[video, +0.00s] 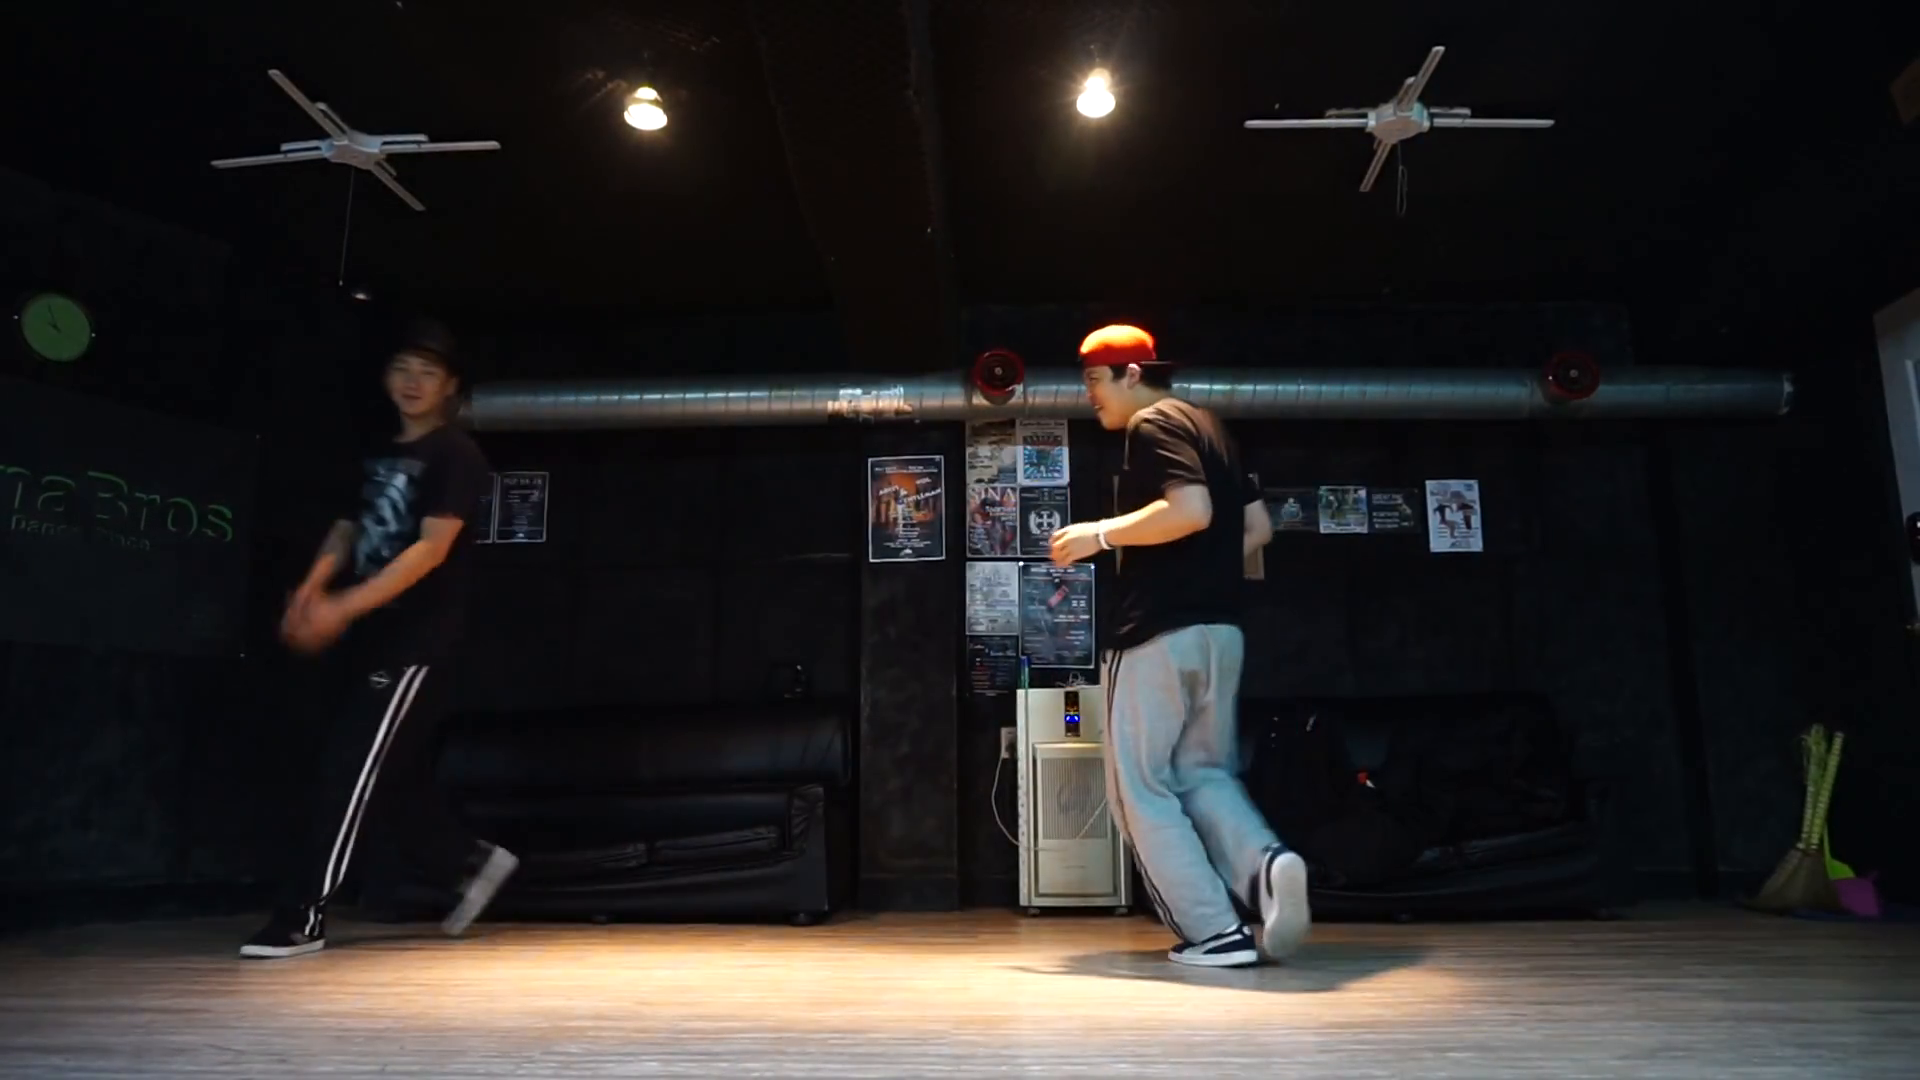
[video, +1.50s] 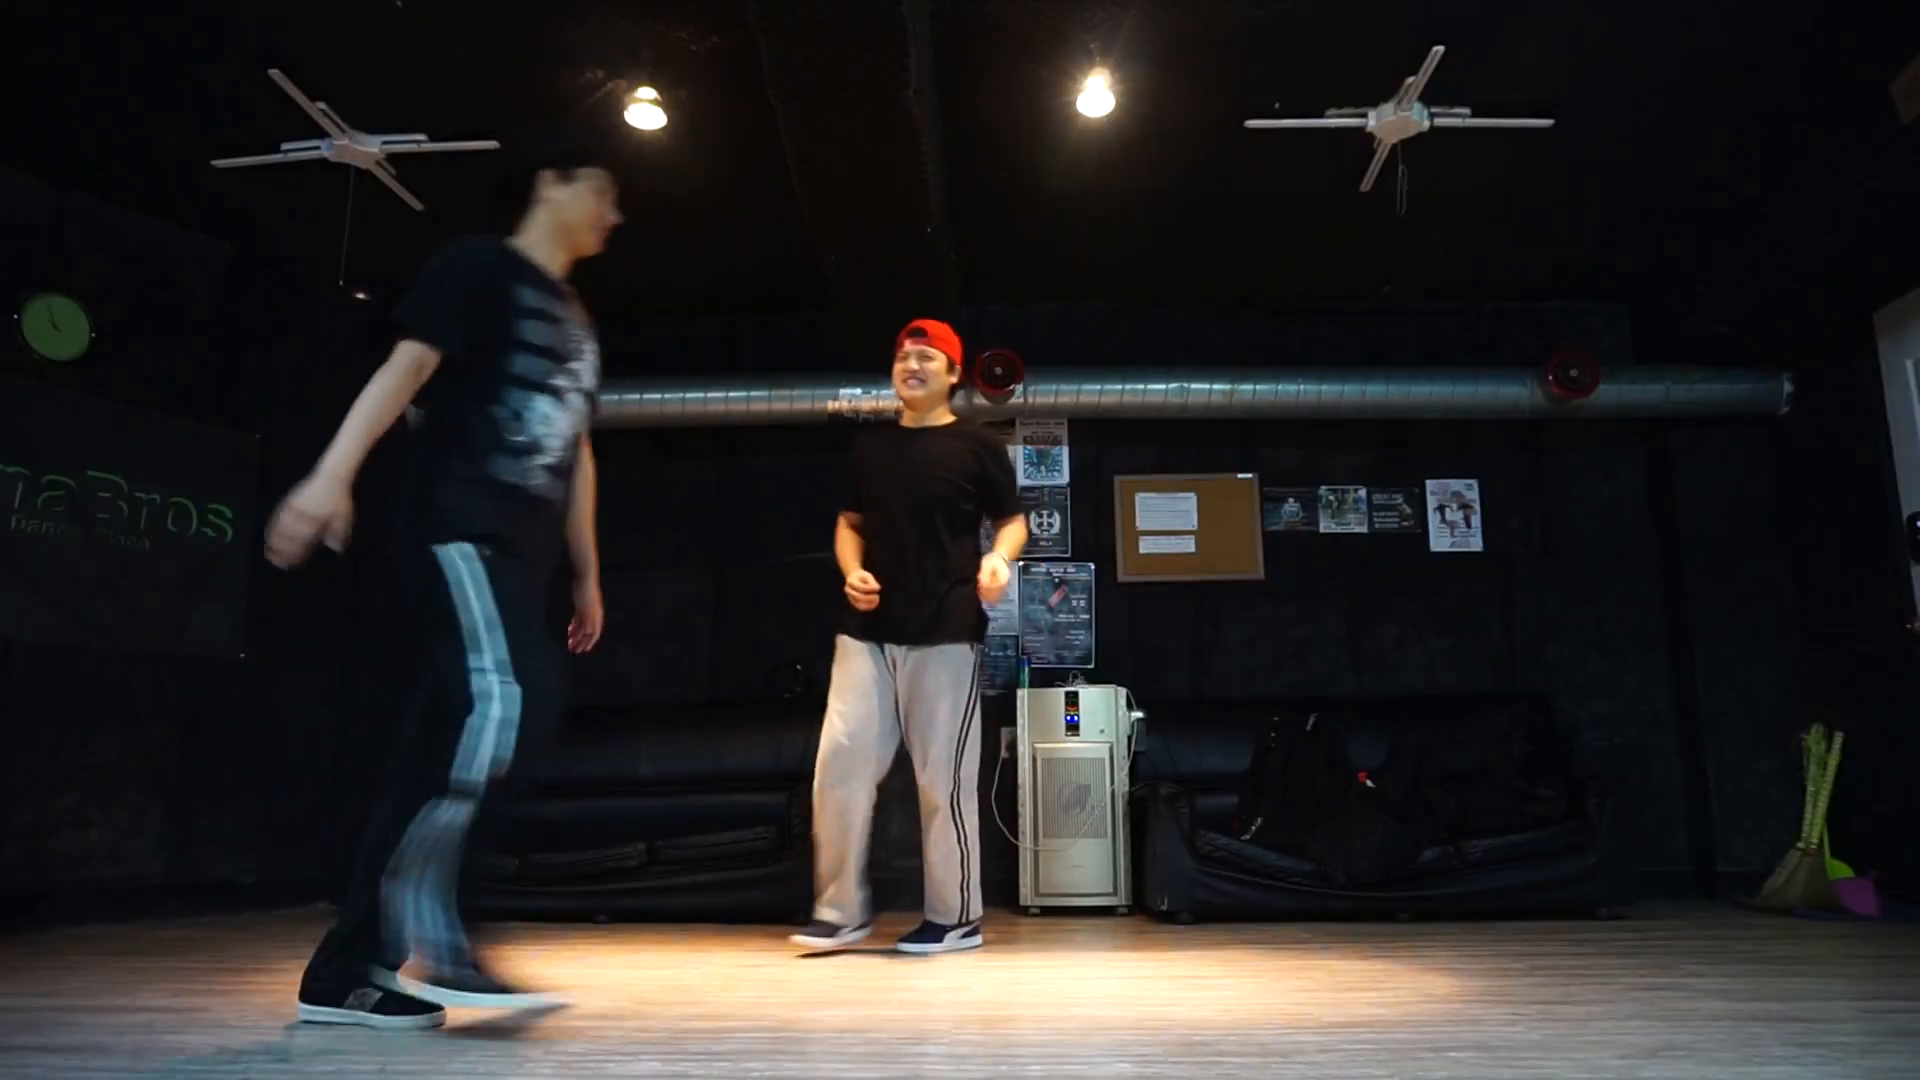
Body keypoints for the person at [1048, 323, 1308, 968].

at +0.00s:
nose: (1090, 395)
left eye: (1094, 381)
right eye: (1088, 382)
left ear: (1126, 374)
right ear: (1148, 374)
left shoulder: (1152, 423)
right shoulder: (1209, 424)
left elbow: (1187, 510)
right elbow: (1255, 526)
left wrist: (1099, 533)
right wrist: (1185, 549)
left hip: (1159, 635)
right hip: (1220, 630)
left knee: (1141, 788)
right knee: (1205, 770)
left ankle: (1216, 936)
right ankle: (1263, 869)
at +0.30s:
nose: (1054, 373)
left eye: (1064, 362)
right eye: (1054, 364)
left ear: (1099, 366)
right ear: (1103, 373)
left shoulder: (1109, 411)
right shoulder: (1140, 416)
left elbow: (1142, 477)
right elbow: (1208, 505)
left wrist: (1050, 512)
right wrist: (1150, 550)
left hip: (1131, 620)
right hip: (1157, 614)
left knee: (1141, 776)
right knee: (1101, 768)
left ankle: (1221, 925)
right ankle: (1100, 915)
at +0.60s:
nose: (1014, 417)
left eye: (1024, 405)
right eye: (1010, 410)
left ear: (1058, 406)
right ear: (1013, 419)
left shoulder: (1073, 448)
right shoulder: (1071, 455)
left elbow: (1108, 507)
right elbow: (1114, 539)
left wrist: (1034, 552)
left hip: (1080, 649)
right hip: (1085, 647)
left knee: (1027, 785)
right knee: (1039, 783)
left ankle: (1161, 865)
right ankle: (1090, 920)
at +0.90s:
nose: (982, 387)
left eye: (994, 378)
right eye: (975, 380)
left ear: (1023, 389)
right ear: (971, 396)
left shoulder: (1047, 439)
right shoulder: (1006, 457)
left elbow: (1107, 501)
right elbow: (993, 554)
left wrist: (1055, 570)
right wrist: (928, 535)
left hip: (1031, 637)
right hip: (1029, 635)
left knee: (972, 764)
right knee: (1043, 777)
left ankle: (980, 915)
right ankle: (1091, 917)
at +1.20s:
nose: (948, 401)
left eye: (962, 391)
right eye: (939, 391)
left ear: (989, 401)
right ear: (929, 401)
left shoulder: (1015, 467)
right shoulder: (925, 473)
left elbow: (1057, 546)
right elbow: (894, 551)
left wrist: (1031, 605)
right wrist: (848, 579)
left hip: (983, 641)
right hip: (924, 644)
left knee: (939, 777)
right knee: (901, 782)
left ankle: (951, 926)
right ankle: (1033, 870)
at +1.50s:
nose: (911, 365)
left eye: (925, 357)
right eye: (904, 356)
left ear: (952, 375)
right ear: (893, 371)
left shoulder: (977, 446)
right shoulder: (869, 444)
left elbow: (1013, 521)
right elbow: (848, 523)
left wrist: (997, 557)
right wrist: (852, 570)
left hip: (942, 635)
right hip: (866, 635)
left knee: (943, 780)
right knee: (840, 767)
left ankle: (955, 920)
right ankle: (839, 917)